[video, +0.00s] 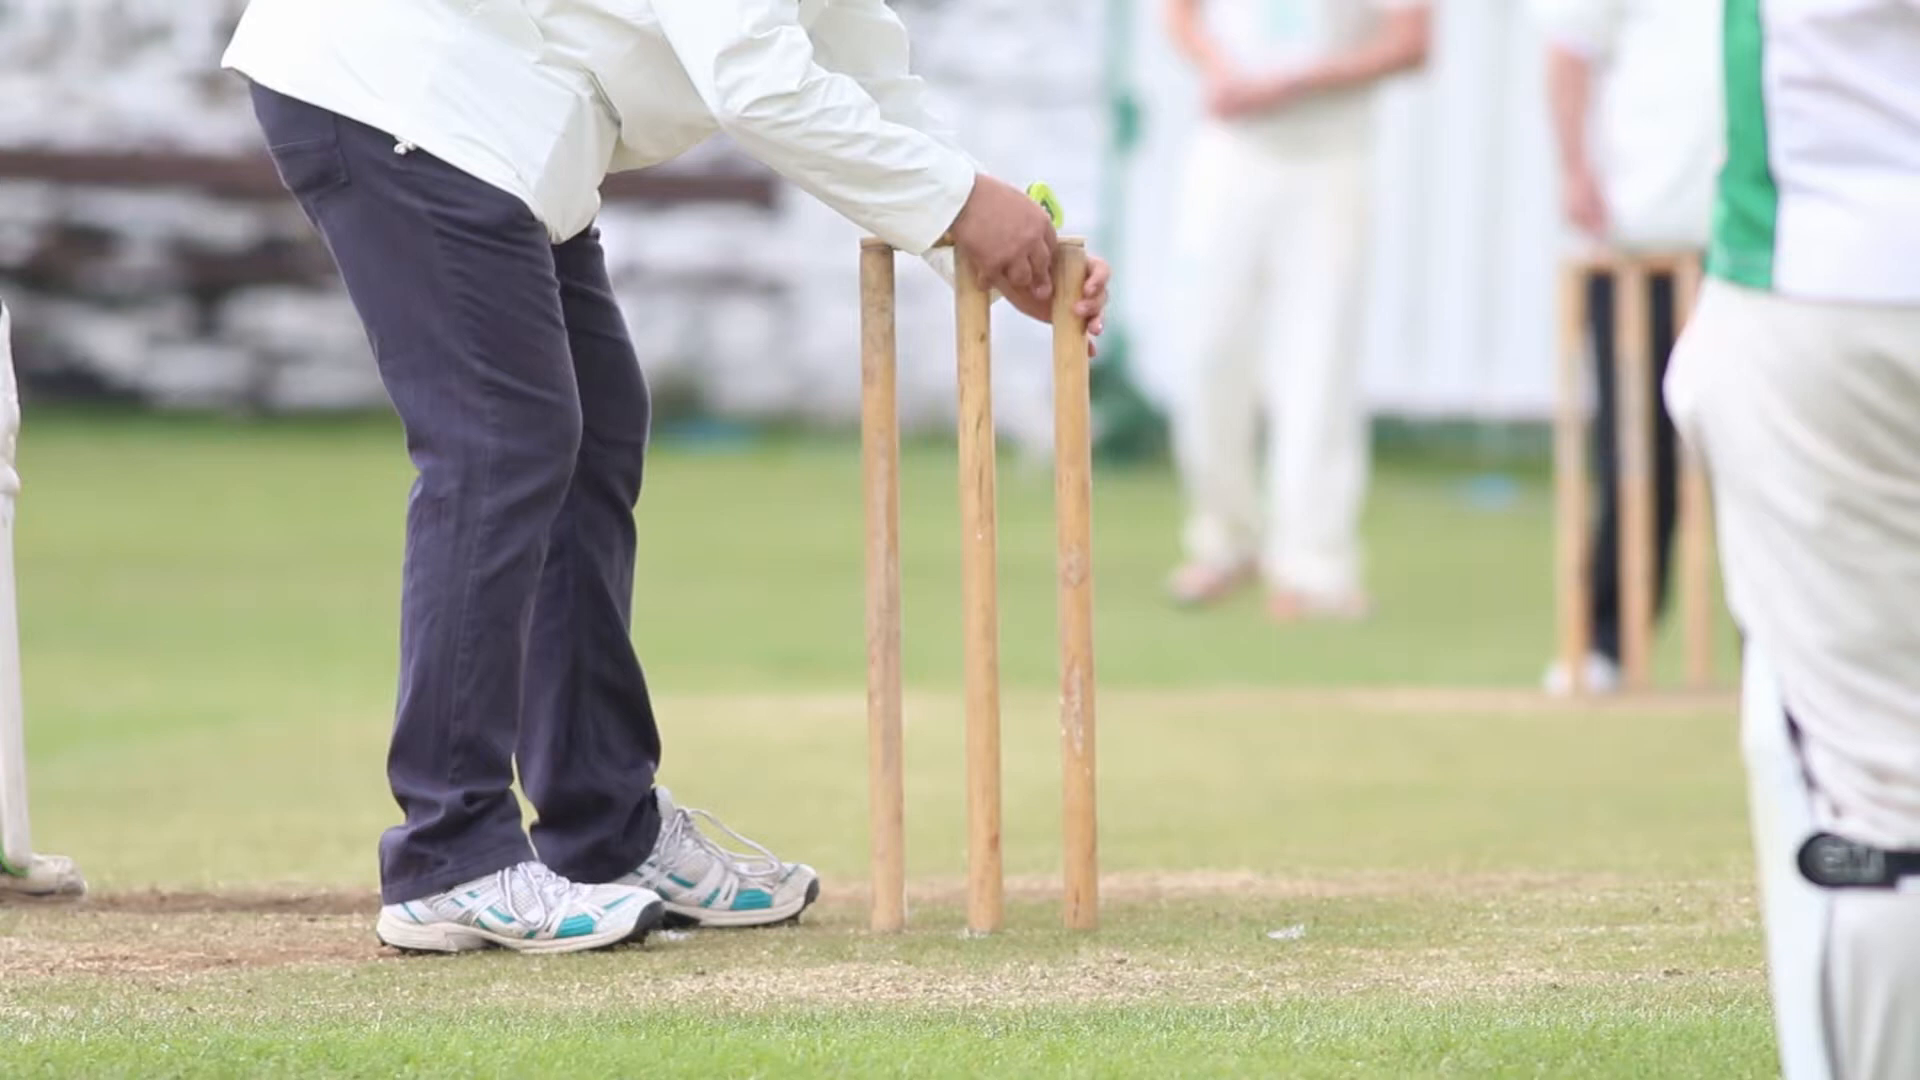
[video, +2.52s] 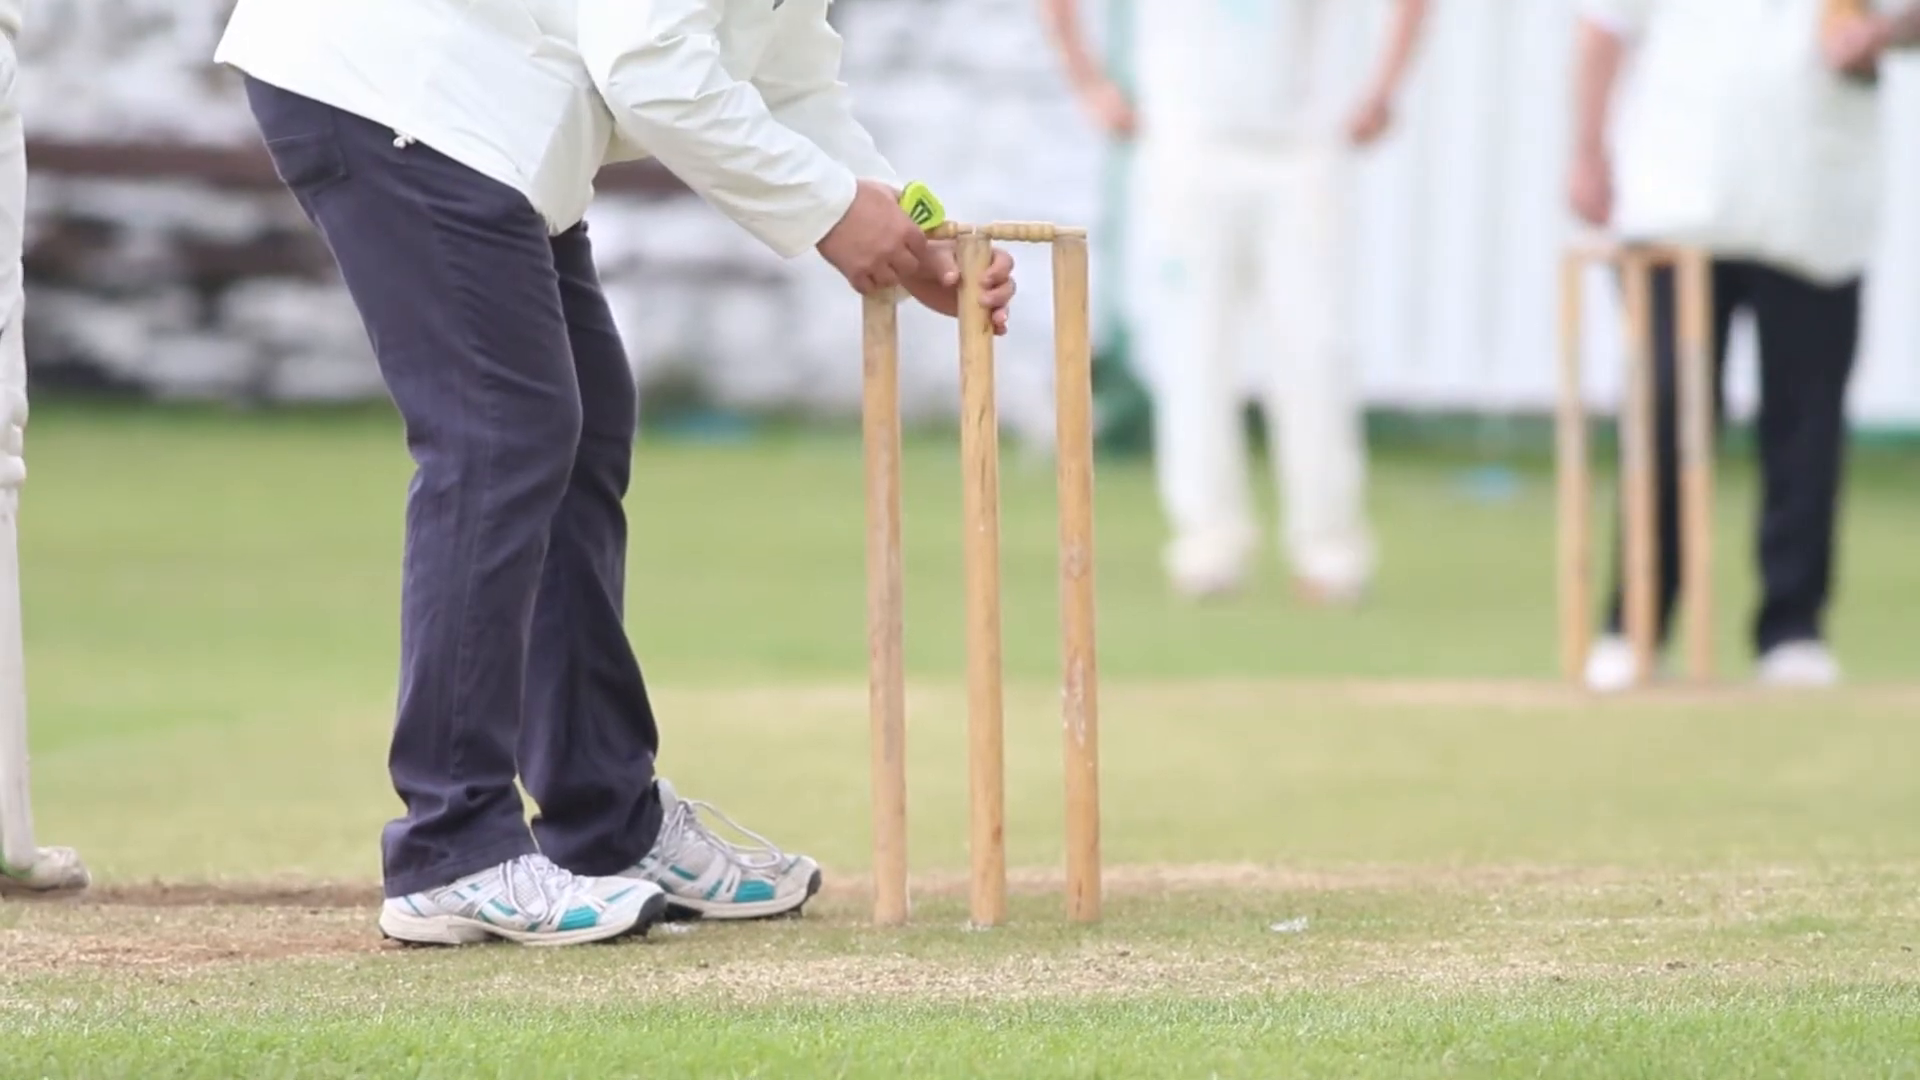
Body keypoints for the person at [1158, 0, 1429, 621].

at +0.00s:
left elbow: (1409, 40)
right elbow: (1177, 12)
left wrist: (1279, 85)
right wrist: (1222, 73)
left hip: (1327, 150)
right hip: (1229, 144)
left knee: (1317, 360)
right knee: (1206, 350)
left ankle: (1312, 564)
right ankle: (1221, 541)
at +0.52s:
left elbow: (1379, 27)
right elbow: (1132, 30)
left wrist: (1351, 1)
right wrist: (1179, 94)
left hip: (1315, 151)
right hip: (1214, 153)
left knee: (1310, 352)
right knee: (1223, 352)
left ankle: (1313, 549)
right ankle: (1238, 548)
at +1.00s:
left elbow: (1404, 29)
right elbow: (1135, 36)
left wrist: (1372, 62)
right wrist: (1118, 147)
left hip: (1332, 157)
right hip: (1226, 158)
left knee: (1345, 363)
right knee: (1232, 359)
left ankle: (1335, 542)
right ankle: (1245, 550)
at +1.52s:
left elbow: (1464, 29)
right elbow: (1180, 15)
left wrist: (1415, 143)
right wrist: (1172, 125)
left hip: (1347, 158)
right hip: (1243, 154)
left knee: (1341, 365)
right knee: (1233, 352)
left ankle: (1333, 551)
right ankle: (1223, 541)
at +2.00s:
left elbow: (1366, 33)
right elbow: (1137, 11)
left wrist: (1342, 184)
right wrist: (1159, 106)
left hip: (1309, 157)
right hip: (1196, 156)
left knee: (1313, 361)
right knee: (1198, 360)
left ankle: (1329, 550)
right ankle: (1211, 543)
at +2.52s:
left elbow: (1415, 6)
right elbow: (1054, 6)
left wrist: (1381, 91)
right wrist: (1089, 80)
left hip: (1307, 132)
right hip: (1181, 132)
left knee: (1314, 349)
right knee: (1188, 351)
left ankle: (1329, 548)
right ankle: (1208, 543)